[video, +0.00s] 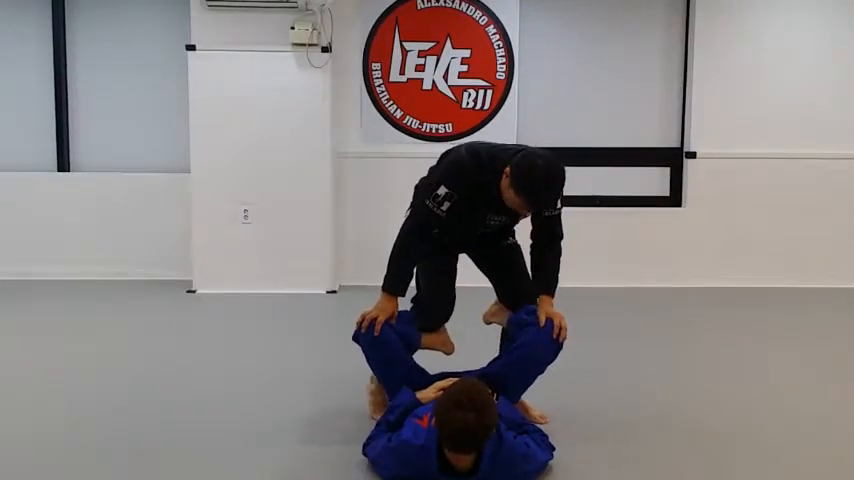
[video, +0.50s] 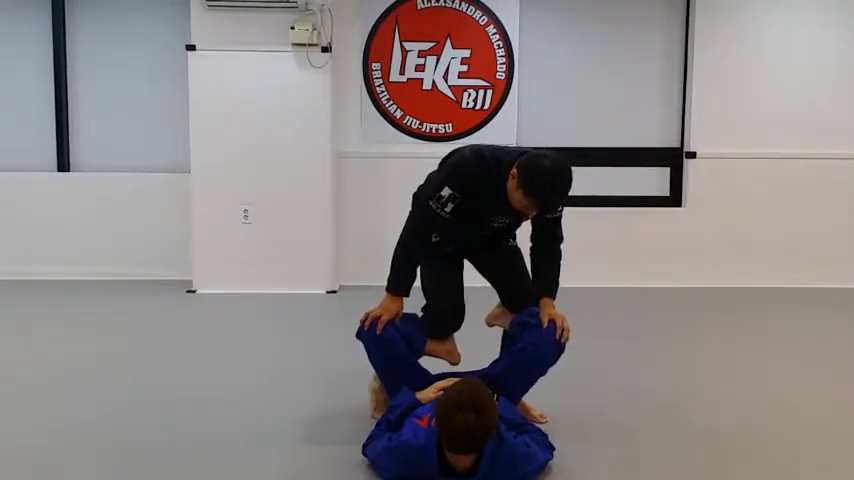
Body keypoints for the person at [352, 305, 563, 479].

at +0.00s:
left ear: (435, 421)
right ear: (495, 419)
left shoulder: (408, 451)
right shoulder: (515, 456)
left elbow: (373, 444)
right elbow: (539, 441)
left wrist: (414, 398)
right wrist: (507, 403)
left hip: (424, 395)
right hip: (492, 393)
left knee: (370, 329)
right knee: (548, 331)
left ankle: (431, 336)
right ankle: (508, 312)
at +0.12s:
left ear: (435, 421)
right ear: (495, 419)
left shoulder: (409, 451)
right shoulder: (514, 456)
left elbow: (373, 444)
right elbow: (539, 440)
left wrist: (414, 398)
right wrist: (507, 403)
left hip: (424, 396)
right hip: (492, 392)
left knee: (371, 328)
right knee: (548, 330)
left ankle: (434, 337)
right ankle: (508, 313)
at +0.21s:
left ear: (435, 421)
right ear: (495, 420)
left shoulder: (408, 451)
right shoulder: (515, 456)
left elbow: (373, 444)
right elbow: (538, 439)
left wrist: (414, 398)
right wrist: (507, 403)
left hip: (423, 396)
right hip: (492, 392)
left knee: (371, 328)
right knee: (548, 331)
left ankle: (435, 337)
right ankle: (509, 313)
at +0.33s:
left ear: (436, 421)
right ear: (495, 419)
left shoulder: (408, 452)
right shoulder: (515, 456)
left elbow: (373, 445)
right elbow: (539, 441)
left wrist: (414, 398)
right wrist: (507, 404)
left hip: (423, 397)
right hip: (493, 393)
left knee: (373, 328)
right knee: (548, 331)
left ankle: (437, 340)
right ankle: (508, 314)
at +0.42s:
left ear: (436, 421)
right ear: (496, 420)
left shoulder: (408, 452)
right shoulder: (515, 456)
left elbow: (373, 445)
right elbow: (539, 441)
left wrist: (414, 398)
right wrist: (507, 404)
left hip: (423, 396)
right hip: (493, 393)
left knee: (374, 327)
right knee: (549, 331)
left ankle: (437, 341)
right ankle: (510, 314)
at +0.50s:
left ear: (436, 421)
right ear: (496, 420)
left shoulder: (408, 452)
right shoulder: (515, 456)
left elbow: (373, 444)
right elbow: (539, 440)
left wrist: (414, 398)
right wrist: (505, 404)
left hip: (423, 397)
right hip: (493, 394)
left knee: (374, 327)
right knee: (550, 331)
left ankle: (438, 343)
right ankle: (510, 315)